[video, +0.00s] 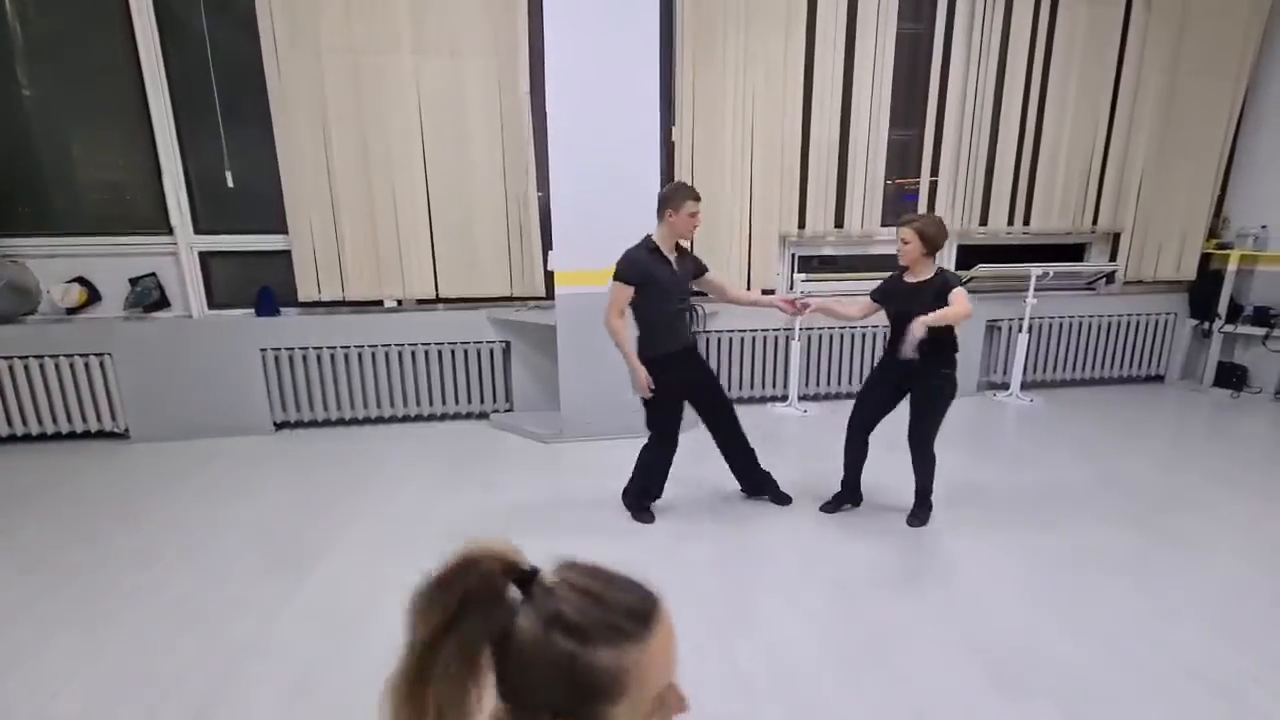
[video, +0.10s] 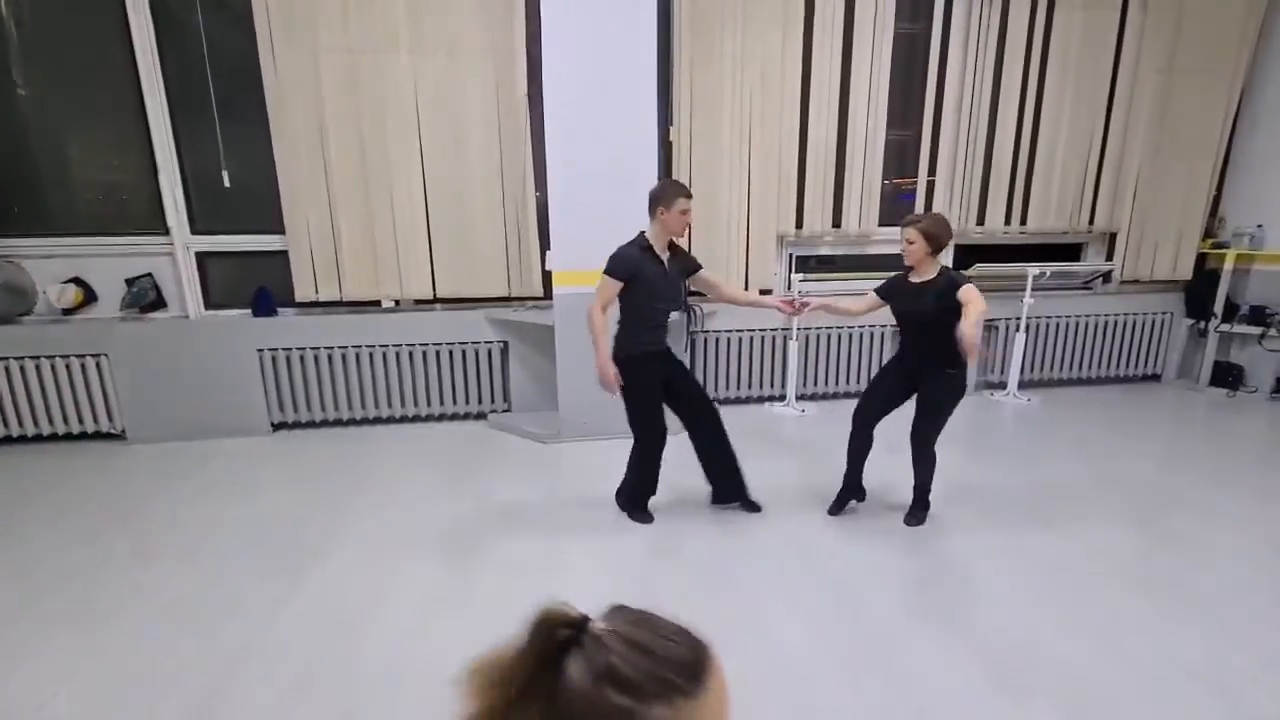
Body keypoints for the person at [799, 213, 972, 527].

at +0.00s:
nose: (899, 247)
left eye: (906, 242)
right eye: (899, 241)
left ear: (927, 247)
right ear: (904, 245)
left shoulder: (946, 281)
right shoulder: (895, 283)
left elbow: (962, 310)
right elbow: (857, 311)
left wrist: (926, 320)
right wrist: (818, 305)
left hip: (934, 376)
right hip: (894, 370)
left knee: (920, 441)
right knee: (858, 425)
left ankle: (922, 503)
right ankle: (850, 491)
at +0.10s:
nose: (903, 247)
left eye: (910, 242)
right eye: (903, 241)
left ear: (931, 246)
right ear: (907, 244)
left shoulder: (952, 282)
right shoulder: (898, 284)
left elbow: (977, 305)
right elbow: (859, 307)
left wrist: (969, 327)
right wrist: (820, 303)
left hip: (945, 374)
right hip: (906, 366)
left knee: (922, 438)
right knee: (863, 417)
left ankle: (920, 500)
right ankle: (851, 485)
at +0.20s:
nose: (905, 248)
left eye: (912, 241)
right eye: (905, 241)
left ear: (934, 245)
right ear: (908, 243)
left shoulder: (955, 281)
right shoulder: (897, 283)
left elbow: (993, 302)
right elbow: (856, 304)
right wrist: (815, 302)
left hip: (953, 373)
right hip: (913, 367)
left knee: (925, 436)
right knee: (872, 417)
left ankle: (919, 499)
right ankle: (860, 486)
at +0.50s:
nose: (894, 249)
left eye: (901, 243)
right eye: (893, 243)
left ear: (923, 248)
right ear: (894, 245)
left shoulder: (946, 283)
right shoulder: (884, 285)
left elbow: (983, 307)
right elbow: (841, 302)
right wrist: (793, 300)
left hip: (940, 375)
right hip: (900, 370)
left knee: (912, 437)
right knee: (861, 421)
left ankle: (911, 500)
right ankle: (873, 485)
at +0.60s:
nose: (883, 251)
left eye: (890, 246)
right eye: (882, 245)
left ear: (912, 251)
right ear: (883, 247)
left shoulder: (932, 289)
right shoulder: (872, 287)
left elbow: (949, 322)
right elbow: (828, 303)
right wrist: (785, 299)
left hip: (918, 381)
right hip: (877, 375)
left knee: (899, 443)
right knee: (833, 424)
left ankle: (903, 497)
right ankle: (840, 487)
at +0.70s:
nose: (858, 251)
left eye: (866, 245)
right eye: (858, 245)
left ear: (886, 250)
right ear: (861, 248)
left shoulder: (903, 290)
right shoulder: (848, 285)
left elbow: (895, 324)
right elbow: (803, 304)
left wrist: (842, 323)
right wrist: (753, 298)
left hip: (889, 382)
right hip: (847, 377)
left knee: (886, 445)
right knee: (808, 436)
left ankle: (899, 495)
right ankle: (775, 499)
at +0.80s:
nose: (823, 248)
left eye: (829, 243)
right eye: (824, 242)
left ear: (848, 247)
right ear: (836, 247)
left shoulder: (862, 289)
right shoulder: (820, 283)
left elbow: (835, 326)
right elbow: (782, 307)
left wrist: (796, 323)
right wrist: (746, 296)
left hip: (849, 379)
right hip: (811, 375)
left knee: (861, 437)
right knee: (783, 435)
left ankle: (892, 489)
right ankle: (762, 508)